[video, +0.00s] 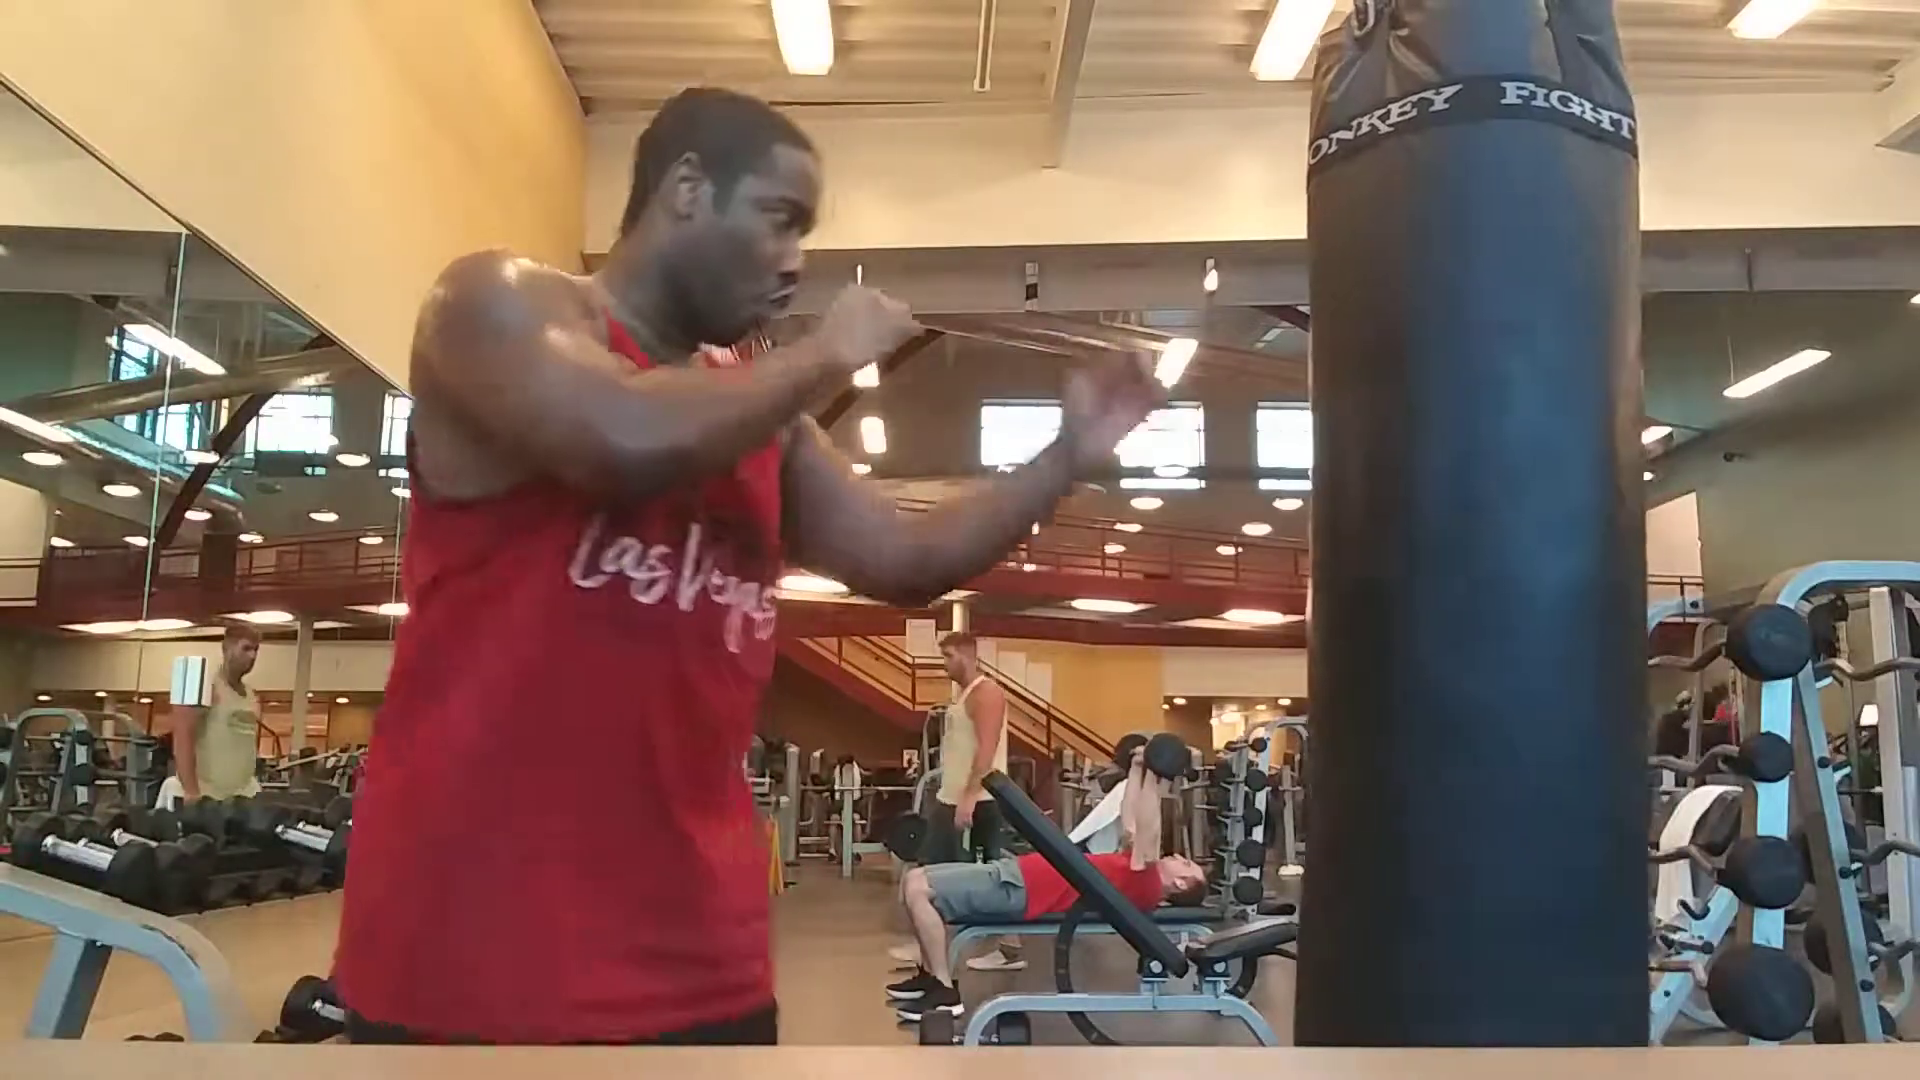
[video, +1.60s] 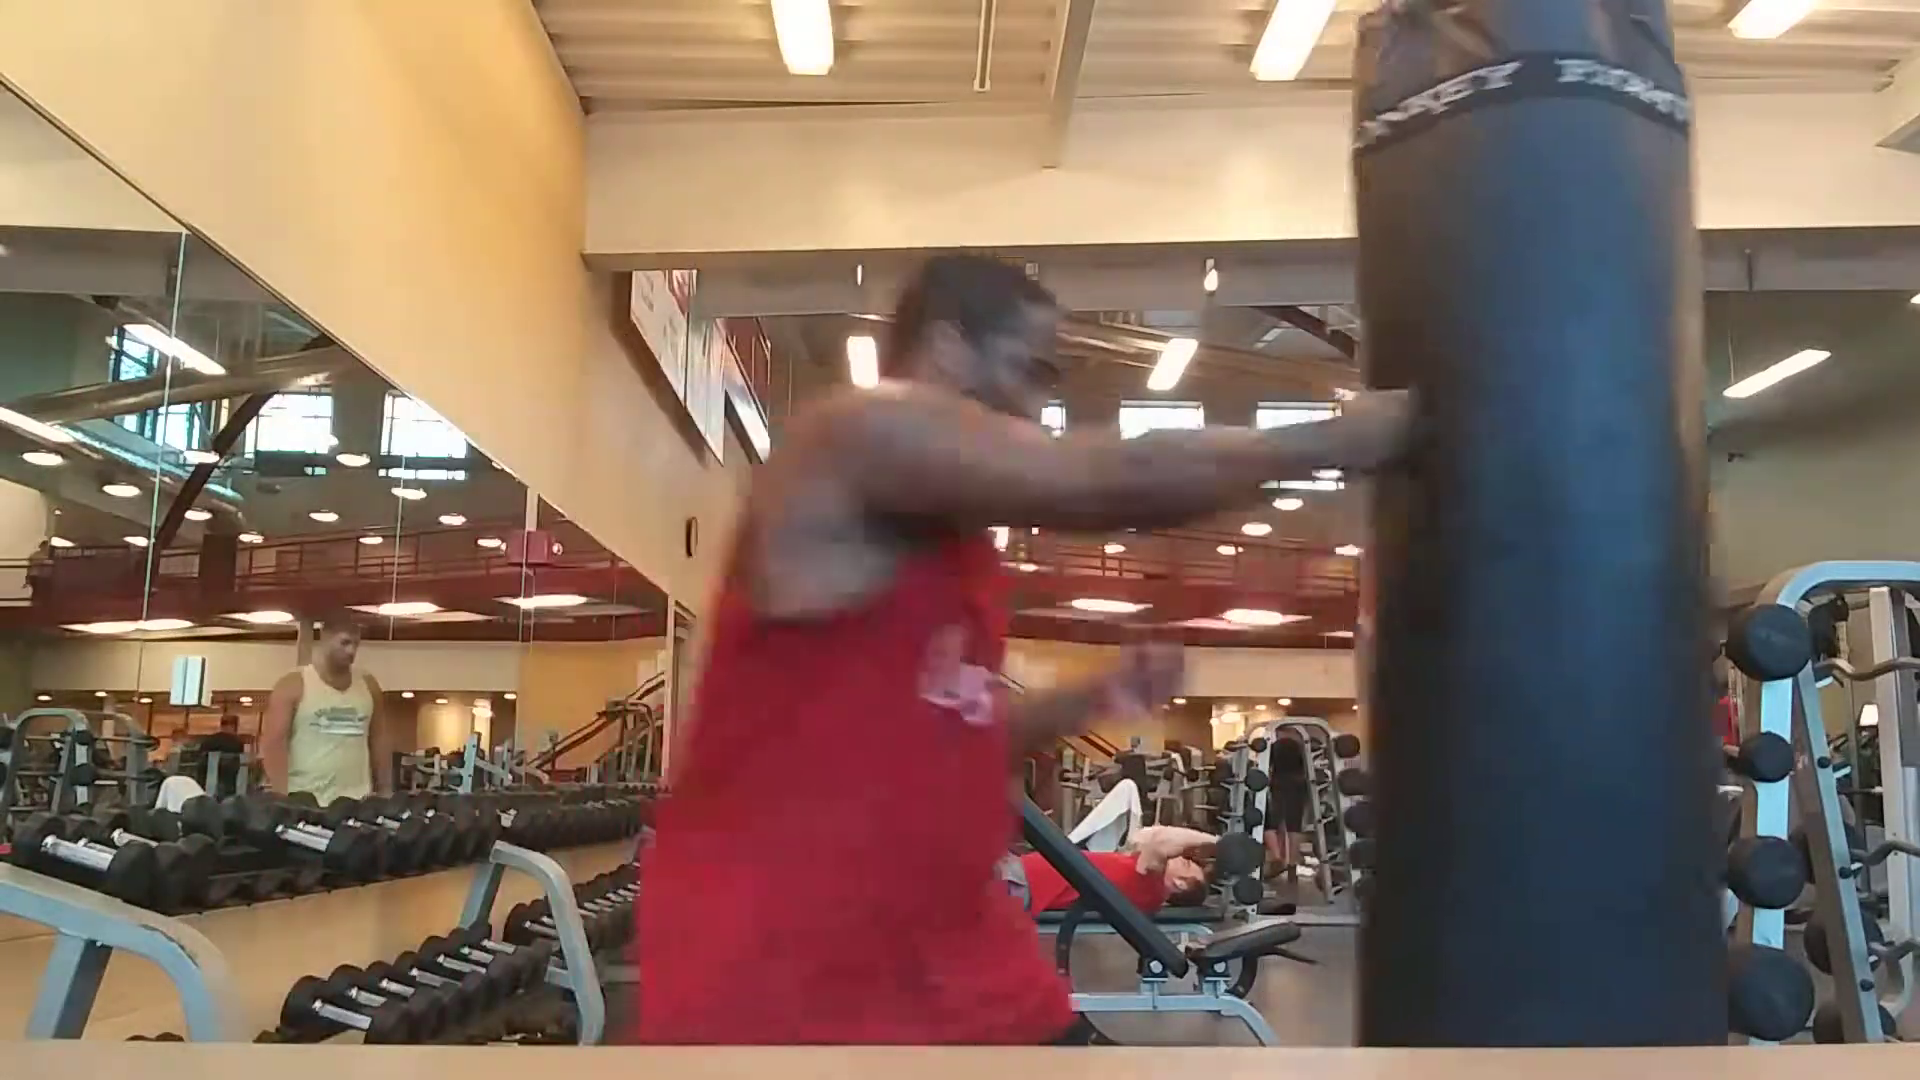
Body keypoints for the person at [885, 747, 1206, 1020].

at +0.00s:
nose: (1182, 861)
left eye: (1187, 869)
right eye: (1188, 862)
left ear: (1178, 885)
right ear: (1174, 868)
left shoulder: (1145, 886)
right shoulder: (1136, 867)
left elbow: (1151, 824)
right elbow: (1132, 822)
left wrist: (1153, 770)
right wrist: (1137, 764)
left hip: (1022, 887)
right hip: (1015, 871)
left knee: (920, 889)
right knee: (913, 879)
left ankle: (944, 989)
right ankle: (931, 977)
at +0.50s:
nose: (1184, 861)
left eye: (1189, 871)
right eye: (1190, 862)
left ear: (1179, 886)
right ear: (1175, 864)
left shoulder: (1147, 886)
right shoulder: (1136, 868)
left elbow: (1150, 832)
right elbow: (1138, 822)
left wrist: (1187, 791)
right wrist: (1175, 790)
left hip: (1022, 886)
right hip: (1015, 870)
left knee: (920, 887)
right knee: (916, 879)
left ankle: (943, 986)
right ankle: (929, 974)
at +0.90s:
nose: (1188, 864)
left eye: (1192, 872)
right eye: (1193, 864)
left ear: (1182, 886)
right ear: (1182, 864)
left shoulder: (1150, 887)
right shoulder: (1145, 872)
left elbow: (1153, 837)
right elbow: (1140, 836)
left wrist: (1207, 836)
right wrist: (1198, 836)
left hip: (1022, 885)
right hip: (1016, 870)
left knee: (921, 888)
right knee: (916, 879)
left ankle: (945, 989)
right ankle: (933, 980)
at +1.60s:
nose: (1184, 861)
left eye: (1188, 867)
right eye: (1190, 861)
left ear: (1179, 884)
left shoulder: (1149, 889)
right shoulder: (1144, 873)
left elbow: (1159, 841)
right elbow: (1142, 836)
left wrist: (1216, 842)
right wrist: (1203, 841)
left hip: (1023, 886)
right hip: (1018, 868)